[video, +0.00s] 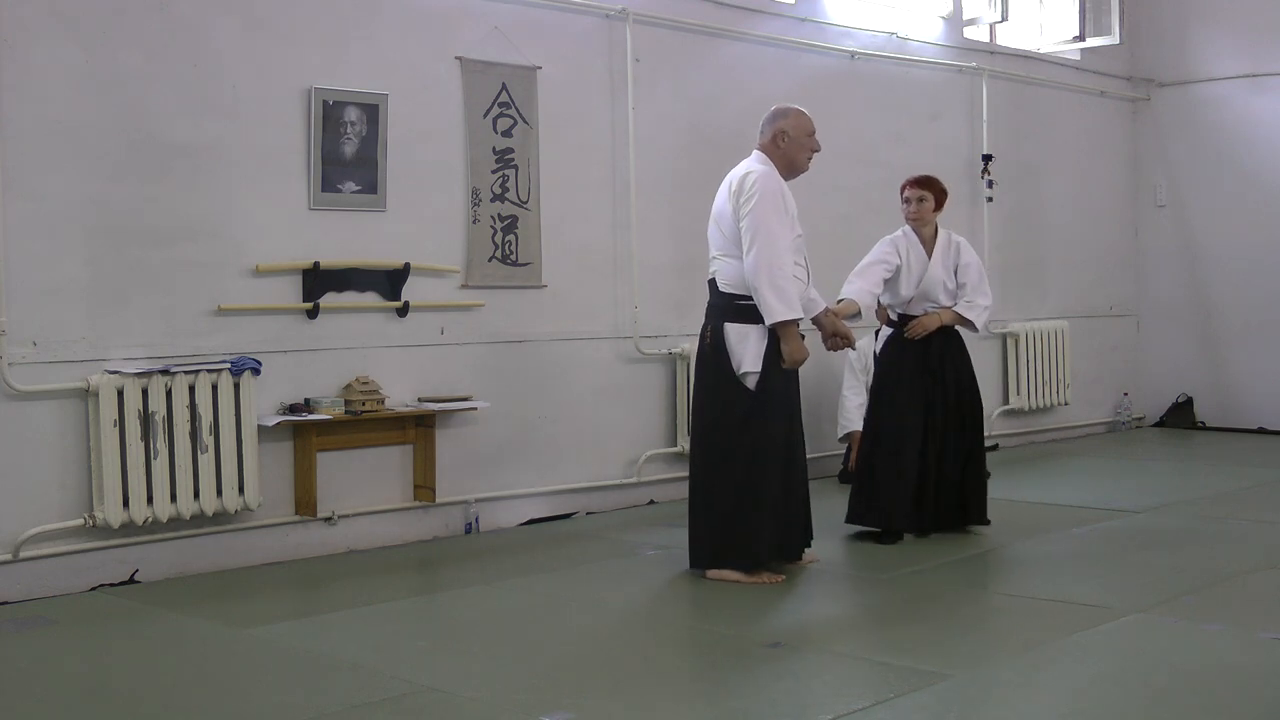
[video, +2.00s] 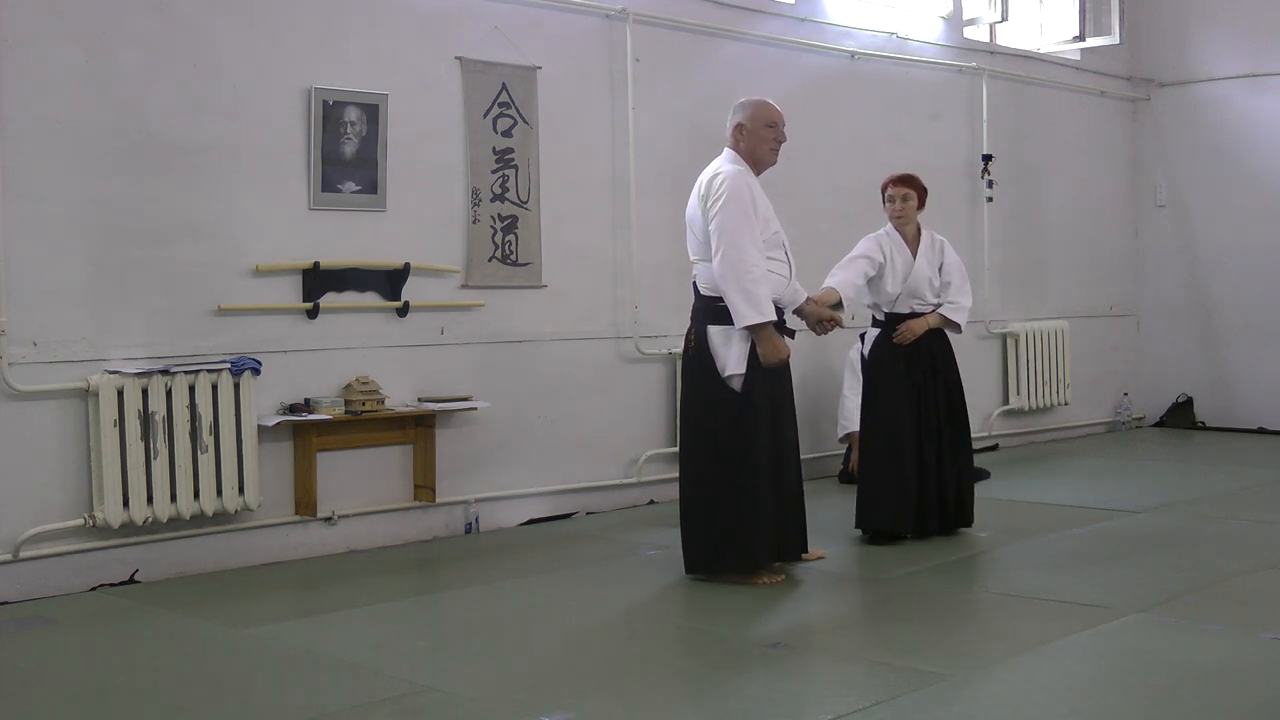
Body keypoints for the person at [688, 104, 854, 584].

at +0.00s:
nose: (816, 148)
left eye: (815, 140)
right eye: (810, 139)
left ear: (778, 140)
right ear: (779, 139)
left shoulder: (767, 182)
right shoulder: (759, 181)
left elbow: (788, 265)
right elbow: (763, 262)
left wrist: (823, 314)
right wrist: (788, 333)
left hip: (762, 323)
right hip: (744, 323)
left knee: (774, 437)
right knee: (738, 441)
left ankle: (776, 545)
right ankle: (725, 558)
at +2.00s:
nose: (782, 137)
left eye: (783, 129)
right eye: (772, 128)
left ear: (746, 134)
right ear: (740, 132)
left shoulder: (743, 181)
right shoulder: (730, 182)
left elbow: (764, 263)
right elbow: (736, 262)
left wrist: (804, 305)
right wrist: (764, 330)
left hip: (755, 327)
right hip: (730, 331)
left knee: (770, 440)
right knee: (734, 447)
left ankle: (778, 542)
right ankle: (731, 559)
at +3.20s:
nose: (776, 138)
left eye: (774, 129)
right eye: (768, 129)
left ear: (735, 134)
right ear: (737, 134)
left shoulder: (725, 180)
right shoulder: (721, 182)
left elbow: (742, 263)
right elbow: (735, 258)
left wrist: (790, 306)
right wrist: (794, 264)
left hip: (748, 325)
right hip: (727, 329)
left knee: (769, 438)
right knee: (734, 446)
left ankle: (776, 541)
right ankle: (734, 561)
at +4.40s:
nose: (781, 140)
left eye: (779, 132)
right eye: (773, 131)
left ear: (740, 135)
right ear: (743, 135)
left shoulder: (728, 179)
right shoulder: (725, 182)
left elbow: (747, 265)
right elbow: (741, 263)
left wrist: (790, 309)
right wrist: (804, 248)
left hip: (749, 325)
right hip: (728, 328)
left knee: (766, 438)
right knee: (732, 444)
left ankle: (775, 540)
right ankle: (731, 560)